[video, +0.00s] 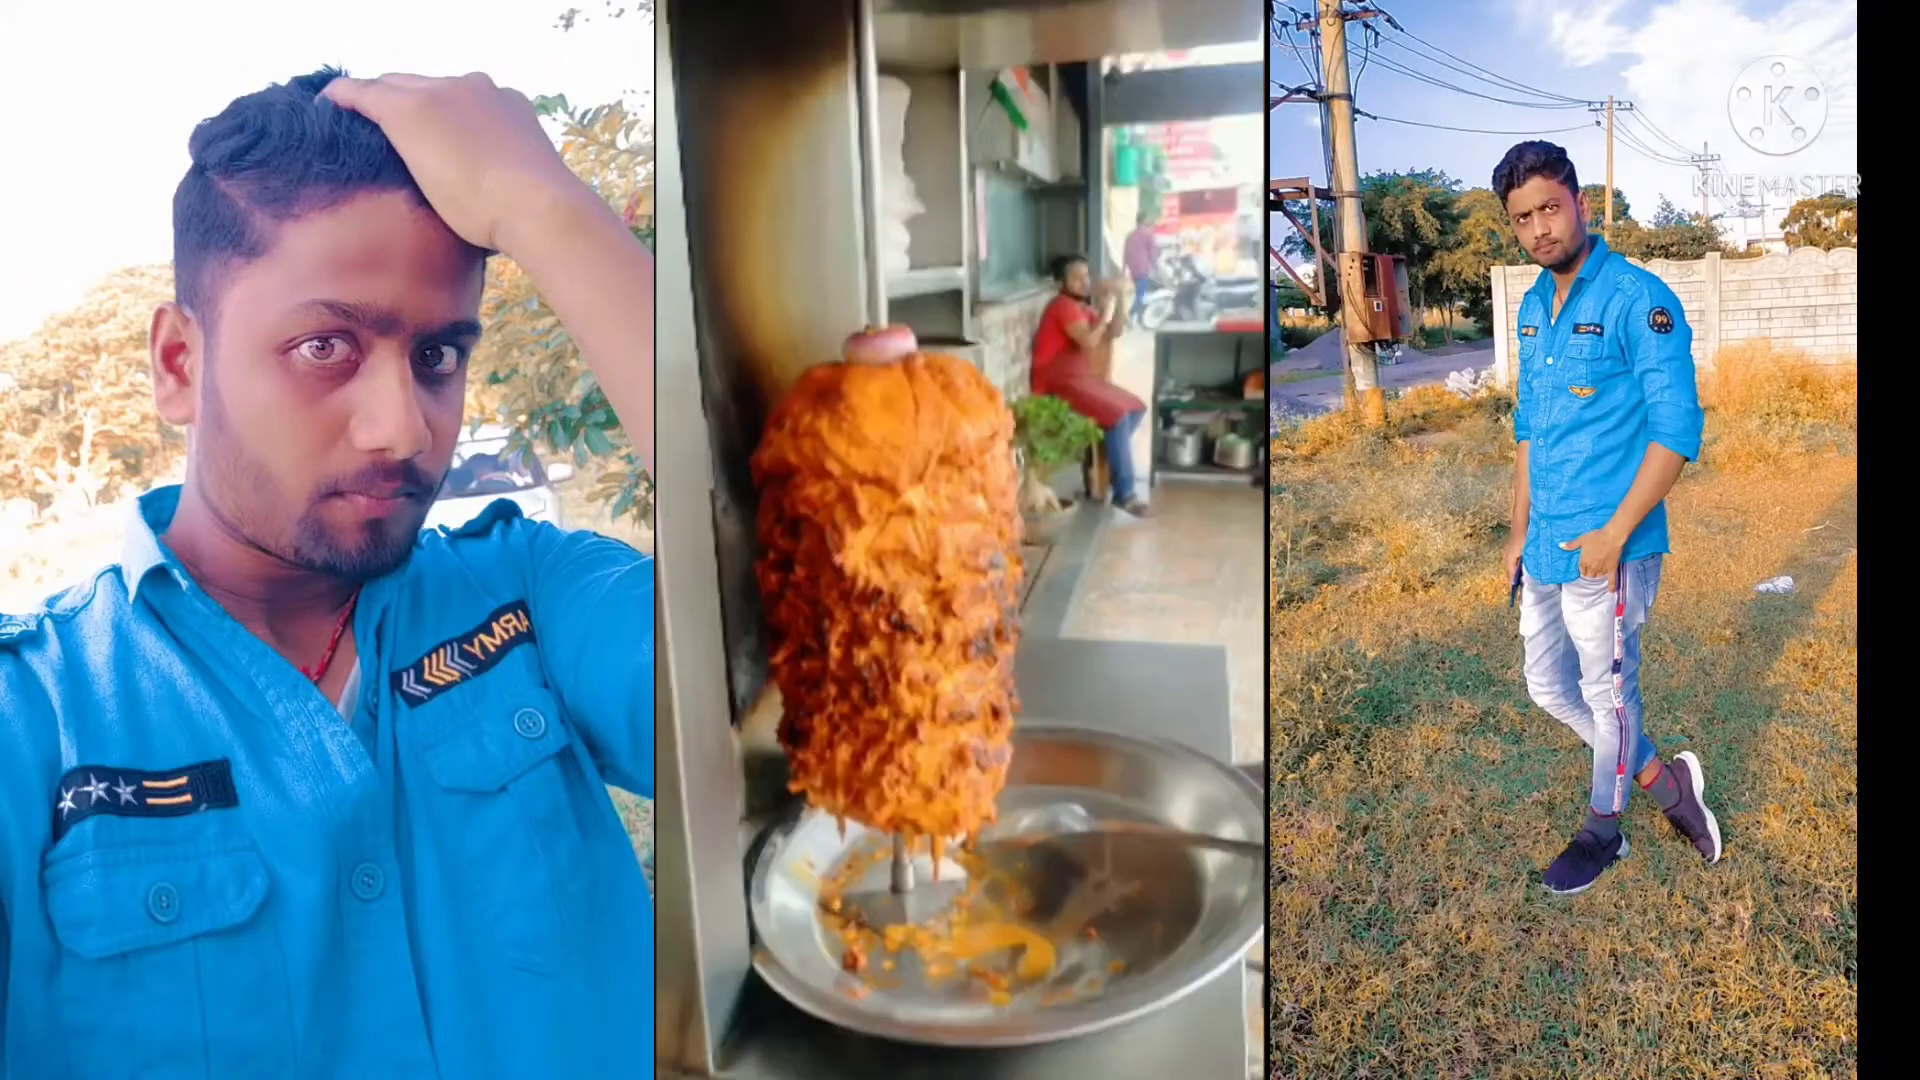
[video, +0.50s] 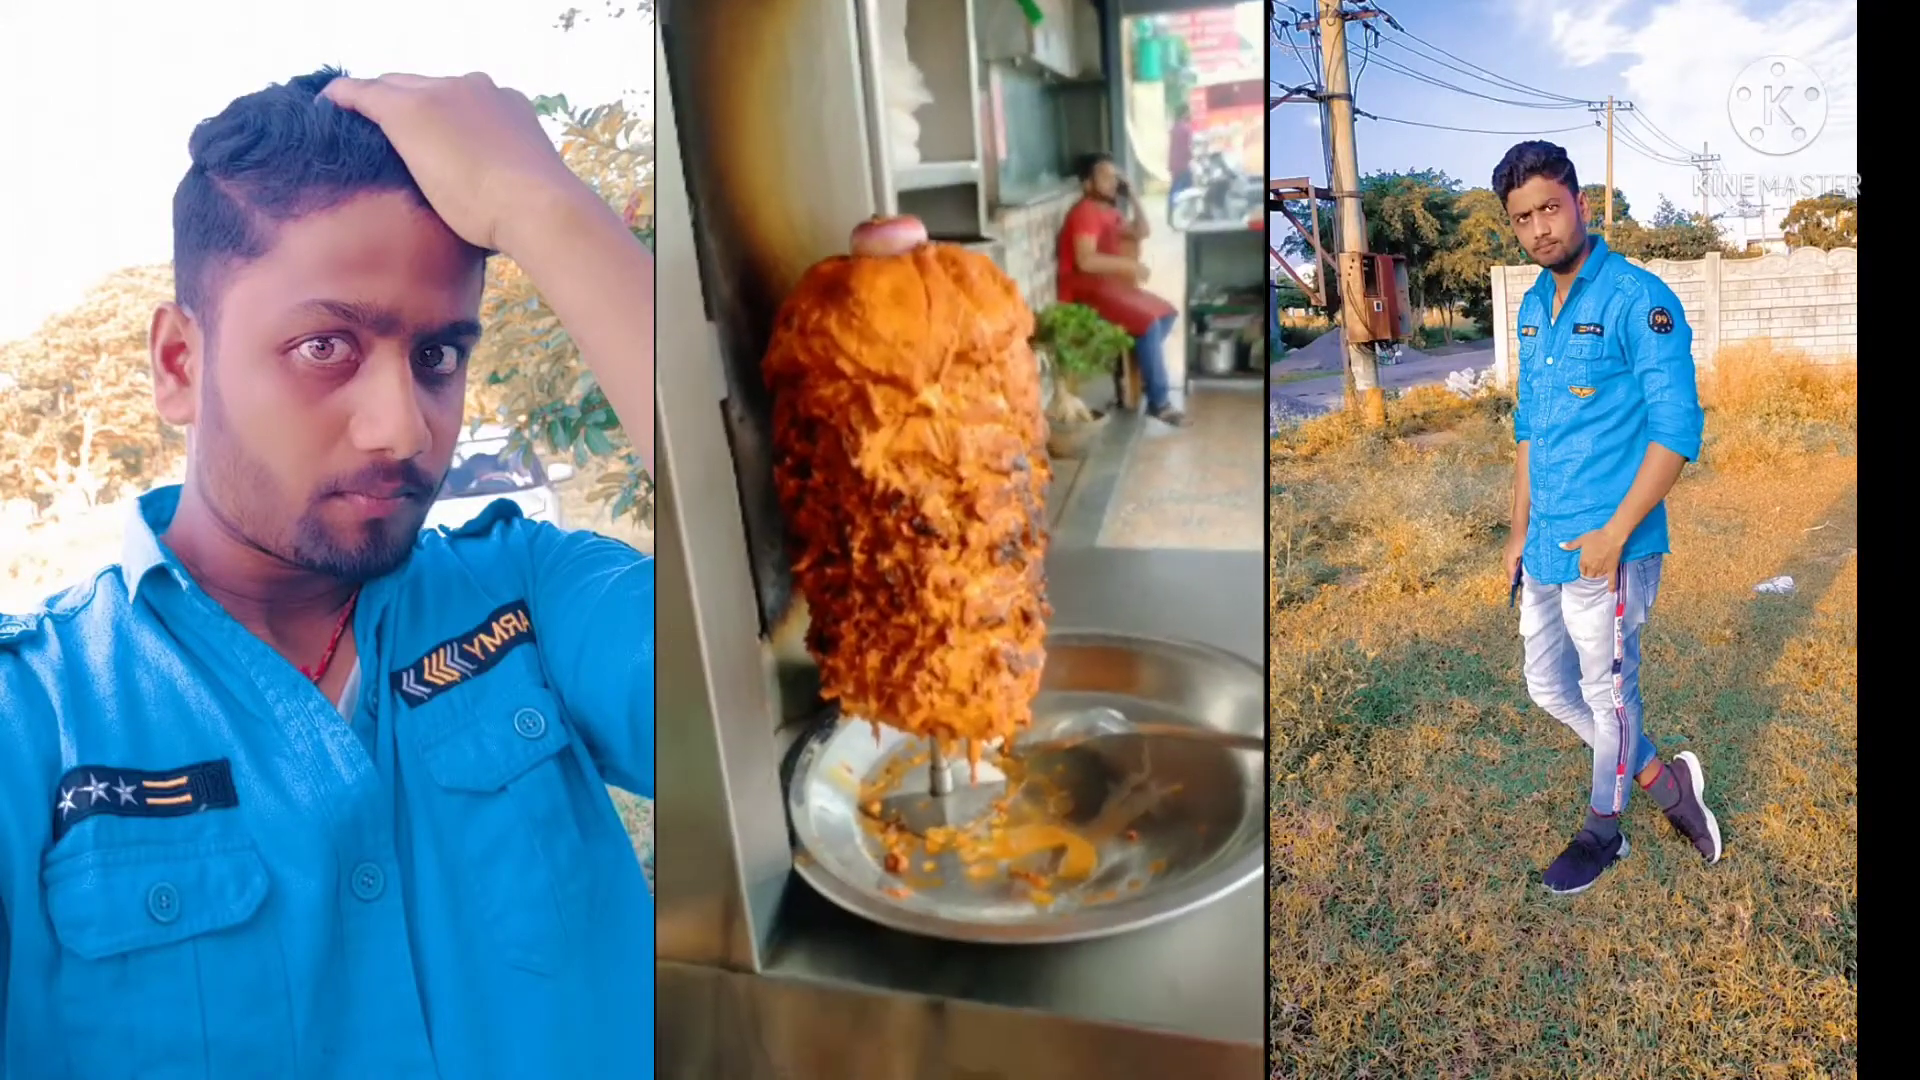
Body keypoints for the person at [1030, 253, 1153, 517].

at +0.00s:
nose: (1085, 282)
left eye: (1086, 276)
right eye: (1078, 278)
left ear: (1090, 278)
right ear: (1063, 282)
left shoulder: (1084, 307)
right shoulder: (1063, 306)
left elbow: (1114, 331)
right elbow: (1088, 341)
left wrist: (1120, 299)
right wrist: (1108, 308)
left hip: (1082, 378)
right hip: (1059, 381)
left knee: (1136, 409)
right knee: (1116, 416)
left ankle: (1096, 462)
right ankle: (1125, 494)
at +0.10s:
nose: (1081, 325)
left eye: (1084, 319)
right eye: (1074, 320)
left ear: (1088, 321)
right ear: (1061, 324)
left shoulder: (1082, 349)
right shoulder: (1061, 347)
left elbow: (1114, 371)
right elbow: (1091, 379)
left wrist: (1115, 339)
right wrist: (1108, 347)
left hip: (1082, 418)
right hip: (1060, 422)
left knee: (1137, 448)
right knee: (1117, 455)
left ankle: (1095, 503)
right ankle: (1127, 533)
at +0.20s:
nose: (1075, 325)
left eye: (1078, 319)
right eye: (1068, 320)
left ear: (1083, 320)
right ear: (1056, 322)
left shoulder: (1077, 348)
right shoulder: (1056, 347)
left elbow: (1109, 371)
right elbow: (1086, 379)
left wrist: (1104, 340)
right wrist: (1103, 345)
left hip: (1078, 417)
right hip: (1056, 421)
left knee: (1133, 448)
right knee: (1113, 455)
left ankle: (1092, 502)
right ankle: (1123, 533)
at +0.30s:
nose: (1086, 304)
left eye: (1090, 297)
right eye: (1080, 298)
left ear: (1094, 299)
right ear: (1067, 301)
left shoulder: (1088, 328)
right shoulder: (1067, 326)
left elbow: (1120, 350)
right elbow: (1092, 364)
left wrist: (1114, 315)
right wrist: (1112, 336)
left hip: (1089, 397)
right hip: (1067, 401)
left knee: (1145, 428)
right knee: (1124, 435)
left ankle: (1102, 480)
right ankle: (1135, 513)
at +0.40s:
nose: (1100, 242)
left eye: (1102, 236)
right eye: (1093, 237)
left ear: (1105, 238)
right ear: (1079, 240)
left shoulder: (1099, 268)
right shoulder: (1077, 268)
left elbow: (1128, 289)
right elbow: (1091, 314)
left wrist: (1122, 257)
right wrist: (1124, 293)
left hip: (1099, 339)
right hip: (1076, 344)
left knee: (1155, 372)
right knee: (1135, 379)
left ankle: (1113, 425)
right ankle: (1145, 458)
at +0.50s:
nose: (1113, 183)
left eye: (1114, 177)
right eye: (1106, 177)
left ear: (1115, 182)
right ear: (1088, 182)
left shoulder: (1110, 213)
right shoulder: (1085, 212)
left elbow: (1140, 232)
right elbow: (1085, 260)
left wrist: (1132, 198)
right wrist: (1131, 266)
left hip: (1112, 284)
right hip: (1087, 289)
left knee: (1167, 314)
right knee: (1146, 322)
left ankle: (1127, 368)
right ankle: (1159, 403)